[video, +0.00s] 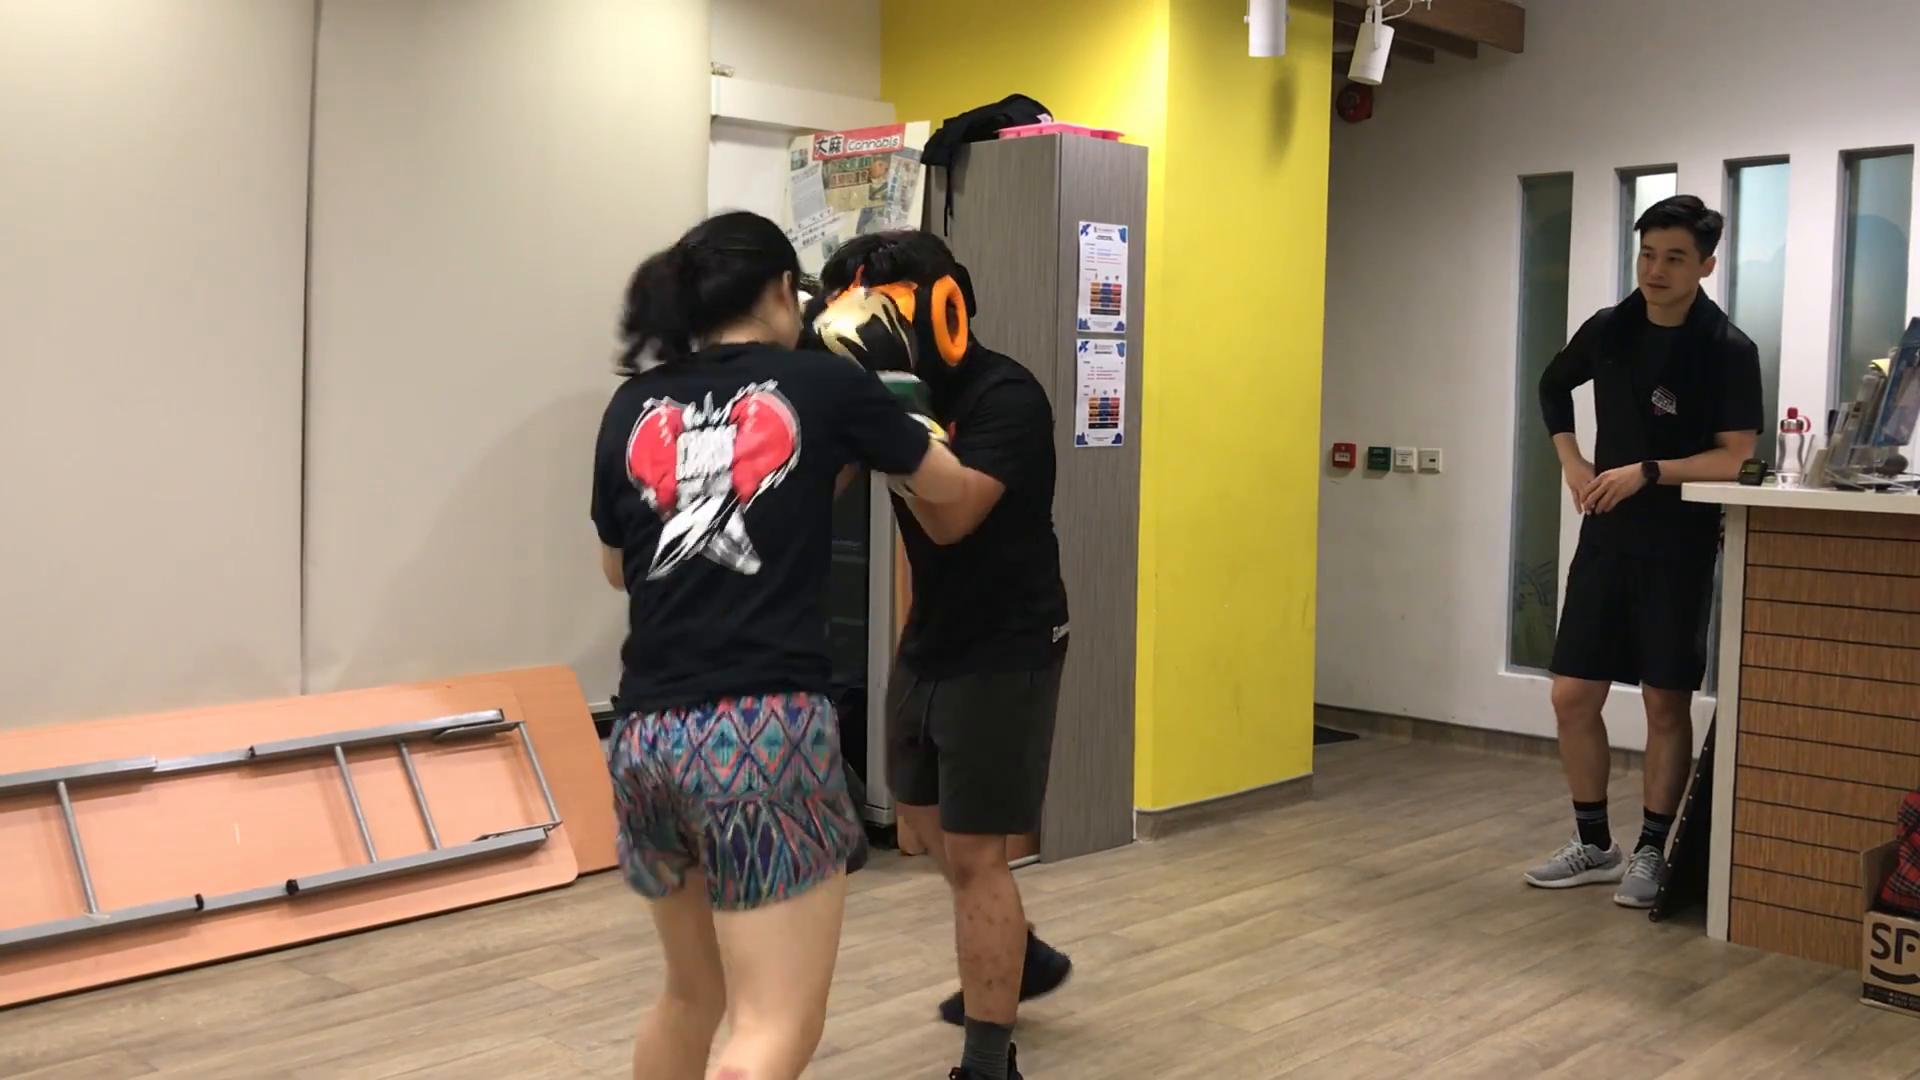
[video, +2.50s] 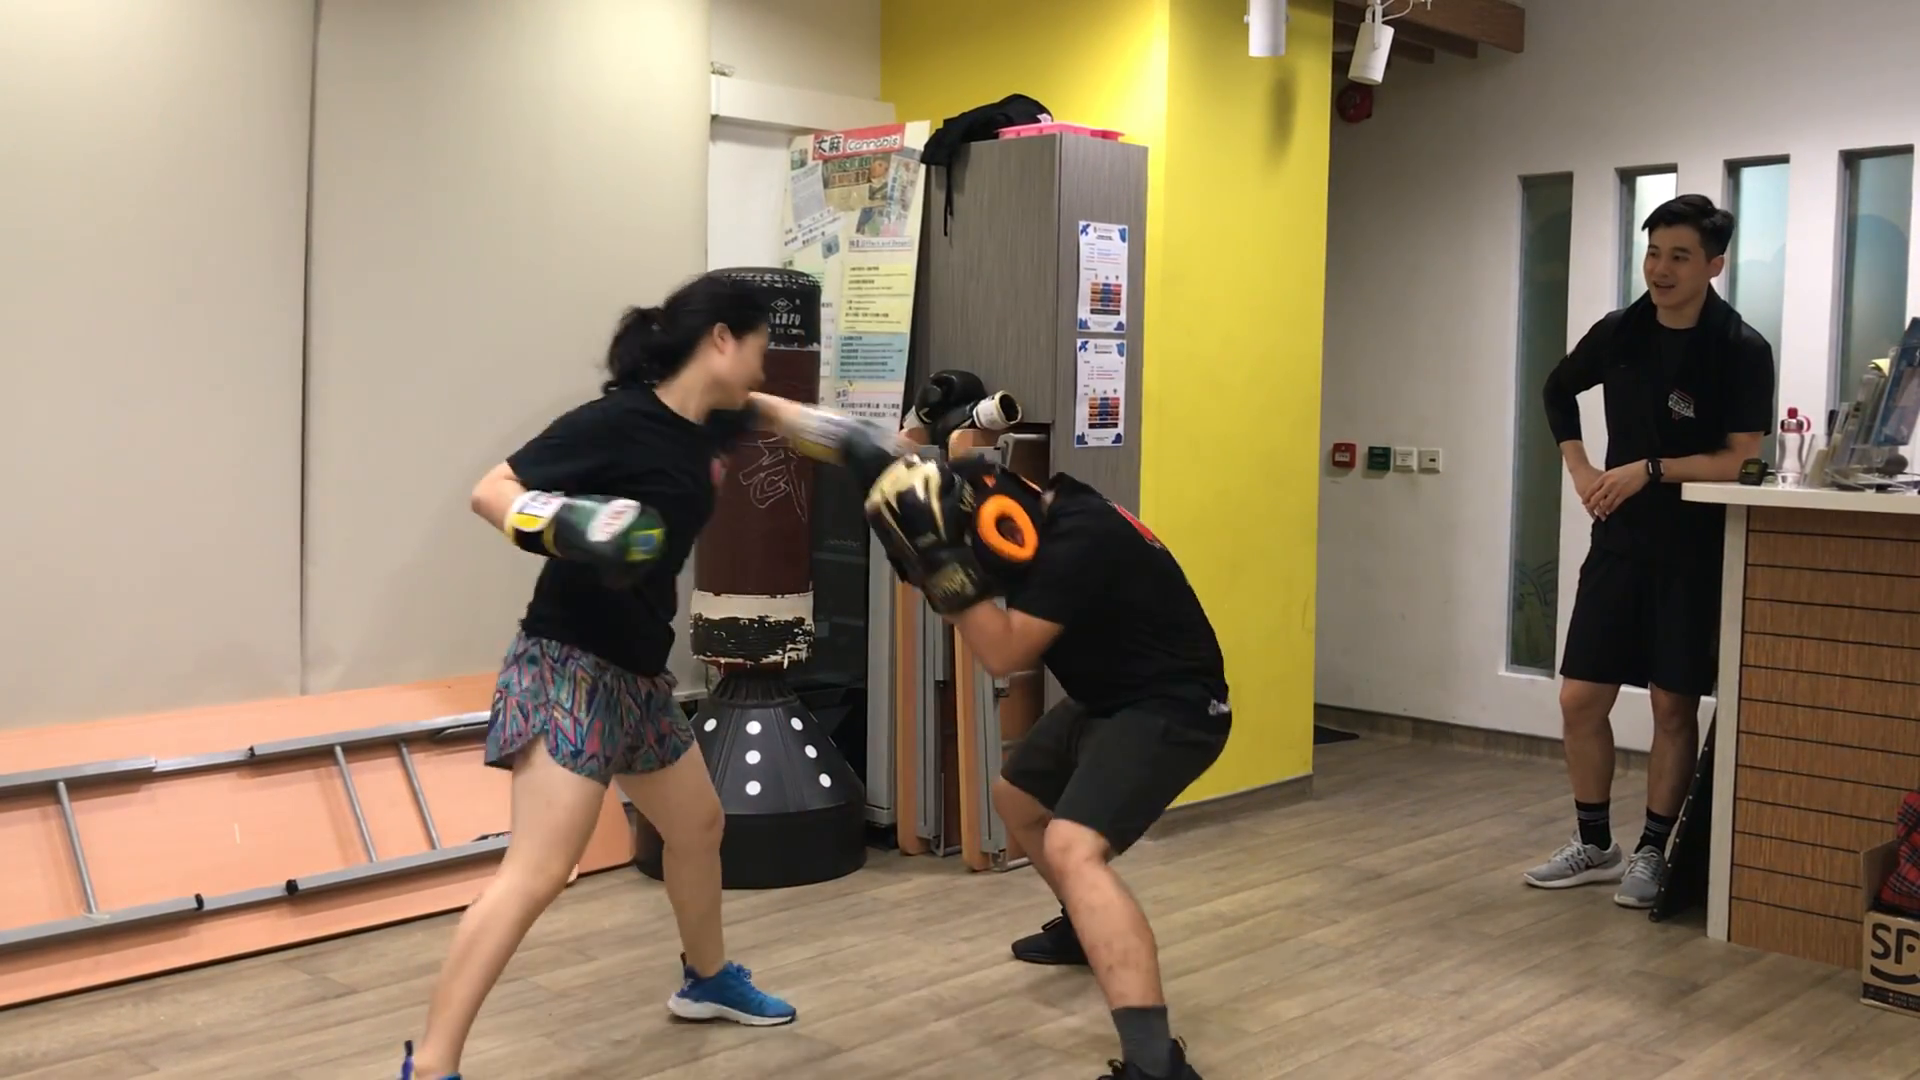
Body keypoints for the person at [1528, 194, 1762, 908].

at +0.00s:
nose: (1656, 269)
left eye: (1674, 258)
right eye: (1647, 254)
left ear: (1706, 264)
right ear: (1636, 255)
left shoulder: (1729, 350)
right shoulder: (1609, 328)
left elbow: (1735, 457)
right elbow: (1552, 387)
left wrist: (1647, 471)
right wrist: (1571, 460)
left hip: (1681, 543)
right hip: (1608, 534)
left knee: (1665, 705)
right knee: (1572, 693)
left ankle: (1652, 853)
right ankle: (1593, 843)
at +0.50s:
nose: (1666, 272)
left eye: (1684, 260)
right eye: (1657, 257)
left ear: (1717, 264)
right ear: (1645, 258)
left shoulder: (1741, 350)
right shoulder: (1620, 330)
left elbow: (1745, 456)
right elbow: (1561, 390)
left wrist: (1650, 470)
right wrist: (1581, 467)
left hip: (1693, 545)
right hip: (1618, 538)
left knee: (1671, 705)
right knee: (1579, 695)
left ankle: (1652, 854)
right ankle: (1593, 843)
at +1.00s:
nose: (1670, 270)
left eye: (1689, 259)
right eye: (1663, 256)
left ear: (1723, 264)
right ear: (1652, 256)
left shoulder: (1747, 350)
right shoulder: (1628, 328)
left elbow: (1745, 457)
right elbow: (1564, 389)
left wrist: (1649, 469)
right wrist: (1585, 467)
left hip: (1699, 546)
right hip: (1624, 538)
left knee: (1674, 706)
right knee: (1583, 696)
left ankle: (1653, 854)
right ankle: (1594, 844)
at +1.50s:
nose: (1671, 264)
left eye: (1690, 254)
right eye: (1664, 249)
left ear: (1722, 264)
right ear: (1652, 253)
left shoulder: (1745, 350)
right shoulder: (1624, 330)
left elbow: (1744, 458)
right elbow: (1562, 389)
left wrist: (1648, 470)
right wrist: (1583, 467)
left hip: (1697, 546)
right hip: (1622, 538)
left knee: (1674, 706)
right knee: (1582, 696)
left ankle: (1652, 854)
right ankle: (1594, 844)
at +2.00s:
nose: (1667, 264)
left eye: (1685, 254)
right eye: (1659, 251)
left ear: (1718, 263)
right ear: (1647, 255)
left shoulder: (1743, 350)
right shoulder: (1620, 331)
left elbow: (1744, 457)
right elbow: (1559, 390)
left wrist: (1648, 470)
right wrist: (1579, 466)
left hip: (1696, 545)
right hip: (1622, 537)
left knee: (1673, 706)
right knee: (1581, 696)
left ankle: (1652, 854)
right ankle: (1593, 843)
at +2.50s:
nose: (1661, 268)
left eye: (1679, 256)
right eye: (1653, 254)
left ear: (1715, 263)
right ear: (1643, 258)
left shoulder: (1742, 349)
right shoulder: (1618, 332)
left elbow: (1745, 458)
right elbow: (1558, 390)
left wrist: (1649, 469)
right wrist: (1578, 466)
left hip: (1696, 543)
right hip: (1621, 535)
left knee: (1672, 706)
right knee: (1580, 696)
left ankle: (1652, 853)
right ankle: (1593, 843)